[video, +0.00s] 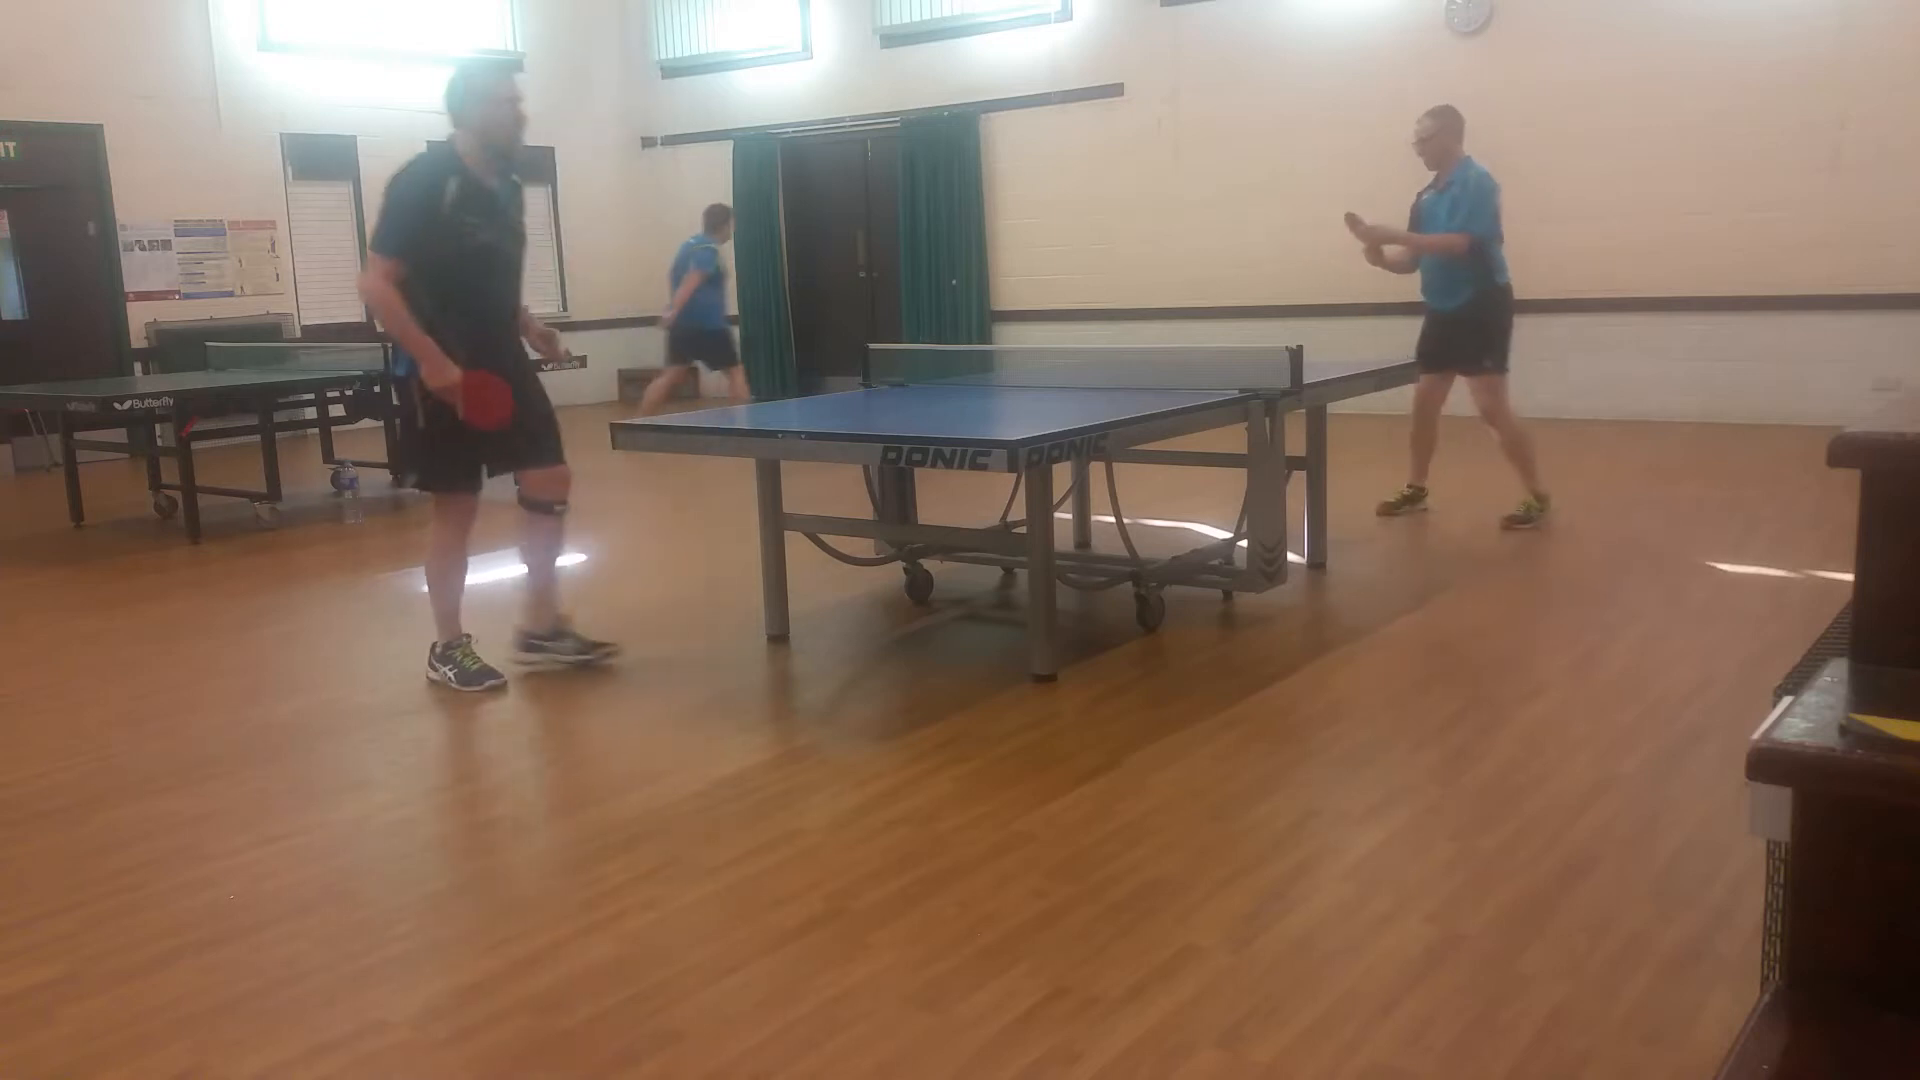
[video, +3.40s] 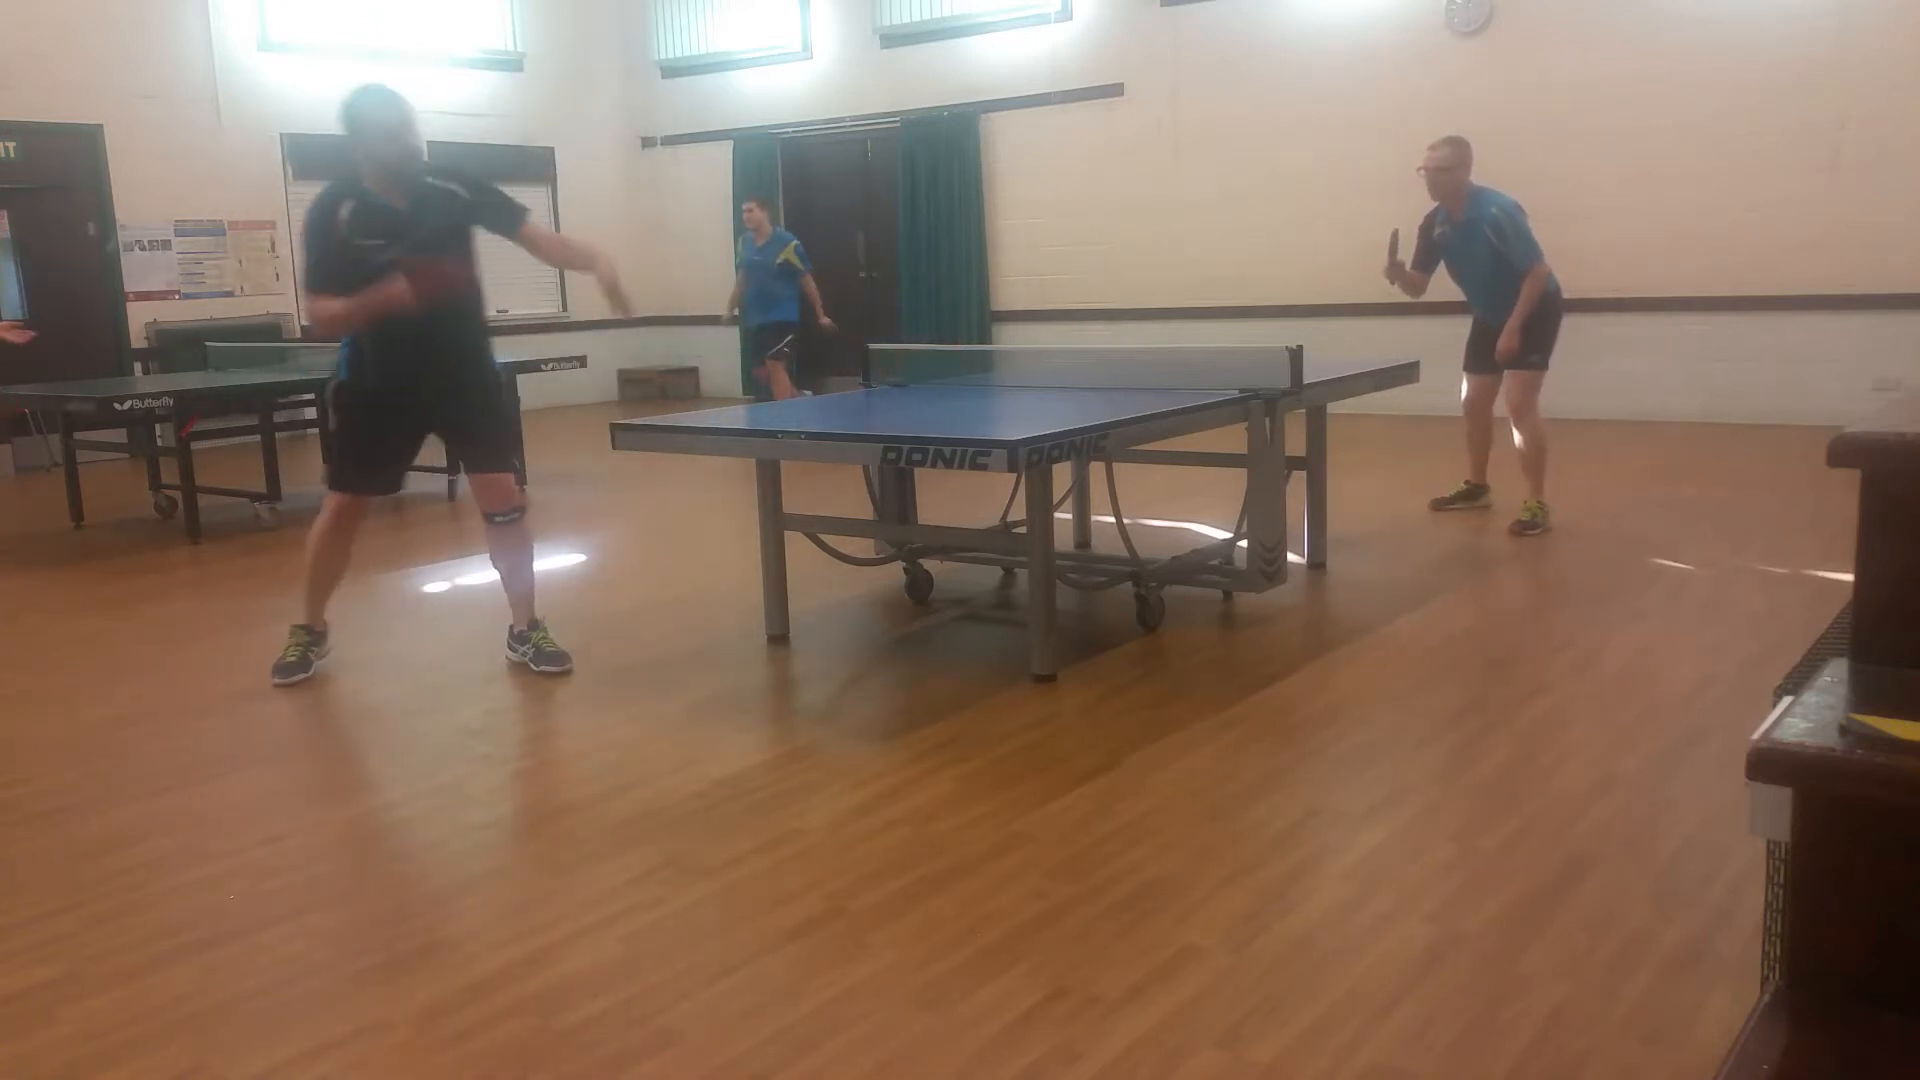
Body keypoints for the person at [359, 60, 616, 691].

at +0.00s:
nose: (521, 113)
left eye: (519, 102)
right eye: (507, 103)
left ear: (502, 113)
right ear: (467, 111)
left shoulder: (507, 188)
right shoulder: (422, 179)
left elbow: (493, 282)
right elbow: (375, 283)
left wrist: (530, 327)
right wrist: (430, 358)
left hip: (504, 360)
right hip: (442, 366)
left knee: (548, 481)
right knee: (455, 504)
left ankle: (542, 628)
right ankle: (450, 646)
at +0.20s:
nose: (468, 119)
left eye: (469, 107)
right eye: (456, 109)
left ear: (464, 110)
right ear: (417, 113)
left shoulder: (475, 187)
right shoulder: (371, 185)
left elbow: (478, 274)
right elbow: (338, 285)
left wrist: (521, 327)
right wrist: (408, 331)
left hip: (484, 362)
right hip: (419, 366)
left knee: (492, 500)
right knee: (439, 503)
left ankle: (436, 588)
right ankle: (447, 646)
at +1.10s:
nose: (378, 148)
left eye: (383, 136)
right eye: (366, 137)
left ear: (388, 134)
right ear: (331, 134)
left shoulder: (399, 198)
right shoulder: (284, 195)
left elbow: (421, 284)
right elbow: (242, 275)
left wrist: (459, 330)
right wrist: (297, 299)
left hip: (394, 369)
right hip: (319, 374)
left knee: (412, 493)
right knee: (325, 495)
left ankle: (399, 607)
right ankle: (329, 612)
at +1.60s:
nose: (415, 164)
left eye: (419, 152)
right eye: (404, 152)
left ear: (422, 149)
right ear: (363, 150)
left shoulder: (436, 213)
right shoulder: (311, 210)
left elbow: (452, 297)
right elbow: (271, 286)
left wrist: (469, 328)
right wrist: (257, 316)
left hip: (420, 377)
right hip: (341, 383)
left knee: (467, 492)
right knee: (339, 505)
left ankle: (520, 625)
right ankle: (333, 614)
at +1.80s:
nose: (464, 184)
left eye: (469, 172)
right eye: (452, 172)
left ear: (474, 169)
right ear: (416, 169)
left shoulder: (486, 231)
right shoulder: (360, 224)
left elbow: (508, 322)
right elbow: (323, 310)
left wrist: (530, 335)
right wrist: (363, 325)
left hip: (461, 379)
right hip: (381, 385)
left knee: (500, 487)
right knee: (357, 504)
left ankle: (525, 628)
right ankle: (335, 615)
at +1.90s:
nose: (492, 195)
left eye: (496, 184)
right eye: (480, 184)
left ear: (499, 183)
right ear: (442, 181)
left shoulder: (512, 246)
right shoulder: (387, 232)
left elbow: (535, 339)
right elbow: (364, 333)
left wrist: (564, 343)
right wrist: (434, 334)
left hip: (476, 379)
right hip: (394, 382)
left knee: (511, 488)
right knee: (364, 504)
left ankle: (525, 628)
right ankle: (336, 613)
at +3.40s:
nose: (401, 144)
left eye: (405, 130)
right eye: (383, 135)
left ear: (417, 130)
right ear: (356, 142)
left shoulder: (454, 191)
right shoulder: (334, 210)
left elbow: (540, 239)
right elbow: (319, 313)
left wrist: (598, 261)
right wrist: (382, 296)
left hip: (465, 375)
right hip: (378, 385)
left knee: (500, 494)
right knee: (344, 507)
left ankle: (527, 628)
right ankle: (310, 628)